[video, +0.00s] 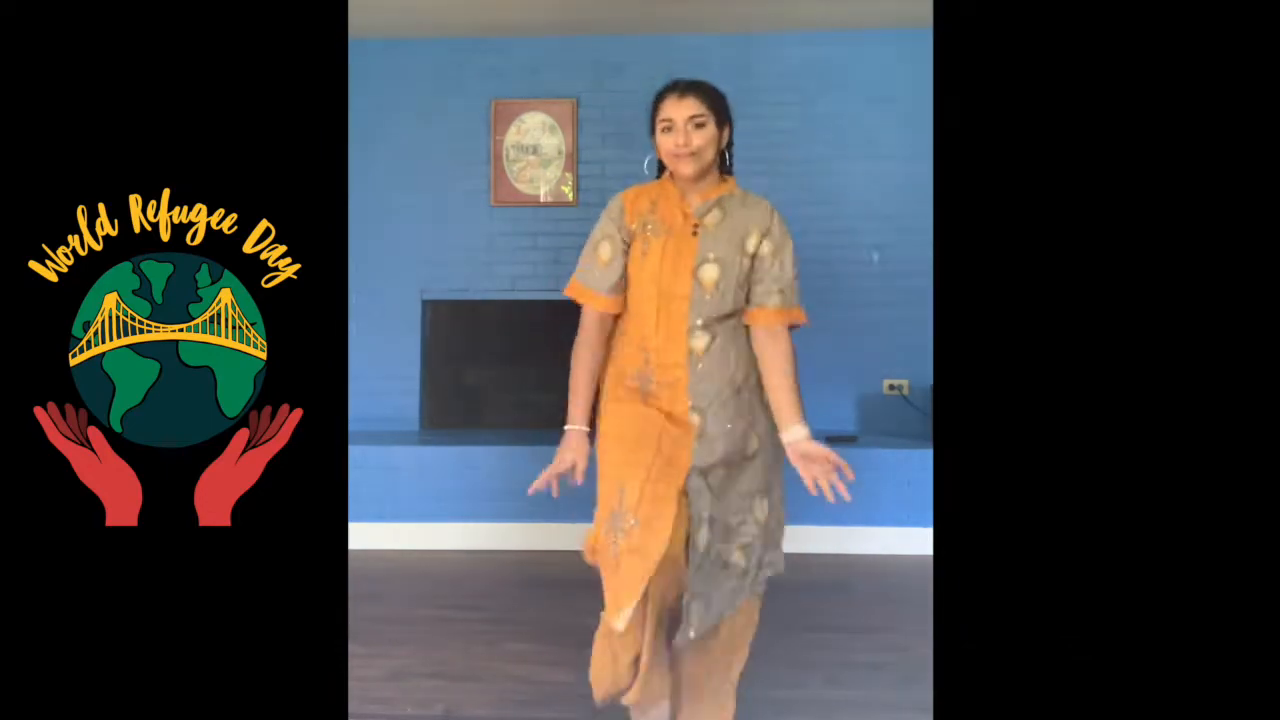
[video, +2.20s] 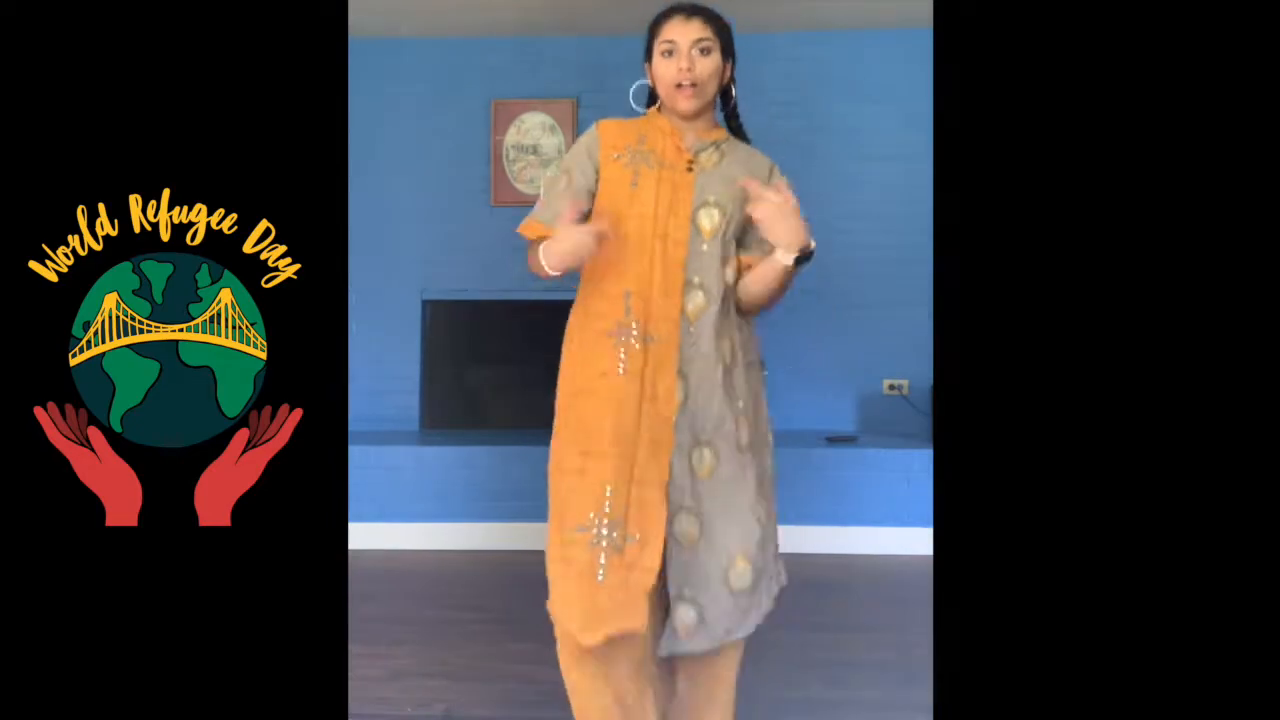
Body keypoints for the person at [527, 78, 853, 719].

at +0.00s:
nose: (682, 137)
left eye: (696, 124)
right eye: (668, 127)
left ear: (722, 134)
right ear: (655, 141)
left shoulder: (758, 221)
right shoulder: (627, 211)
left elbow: (771, 334)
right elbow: (594, 327)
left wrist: (795, 433)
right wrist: (575, 429)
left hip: (730, 429)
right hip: (638, 426)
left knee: (725, 584)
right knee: (644, 570)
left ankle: (705, 710)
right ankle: (643, 702)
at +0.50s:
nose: (691, 114)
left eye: (706, 102)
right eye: (677, 103)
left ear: (728, 112)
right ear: (658, 114)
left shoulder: (762, 190)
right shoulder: (622, 190)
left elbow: (855, 256)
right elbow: (565, 285)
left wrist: (788, 315)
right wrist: (582, 363)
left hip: (728, 418)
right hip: (635, 416)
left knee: (719, 593)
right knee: (632, 587)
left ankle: (695, 710)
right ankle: (629, 709)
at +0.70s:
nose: (689, 127)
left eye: (704, 115)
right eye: (674, 116)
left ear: (725, 127)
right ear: (654, 129)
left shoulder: (752, 219)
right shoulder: (614, 204)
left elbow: (788, 334)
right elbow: (551, 301)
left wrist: (768, 266)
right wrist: (596, 265)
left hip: (730, 432)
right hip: (634, 433)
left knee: (721, 593)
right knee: (627, 583)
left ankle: (701, 708)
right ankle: (642, 707)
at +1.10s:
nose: (671, 66)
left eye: (688, 55)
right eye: (654, 56)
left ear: (712, 76)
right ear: (634, 78)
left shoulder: (744, 156)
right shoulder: (600, 161)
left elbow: (749, 269)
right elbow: (597, 265)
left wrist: (762, 348)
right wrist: (582, 335)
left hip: (699, 406)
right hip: (603, 403)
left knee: (696, 582)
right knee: (594, 577)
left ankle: (703, 706)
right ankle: (597, 705)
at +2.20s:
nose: (685, 65)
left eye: (702, 51)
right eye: (670, 52)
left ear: (726, 69)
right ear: (649, 71)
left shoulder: (754, 170)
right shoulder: (604, 144)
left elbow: (747, 296)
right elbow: (543, 253)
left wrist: (790, 250)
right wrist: (565, 249)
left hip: (710, 399)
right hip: (610, 395)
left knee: (713, 596)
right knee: (605, 599)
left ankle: (699, 714)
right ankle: (623, 714)